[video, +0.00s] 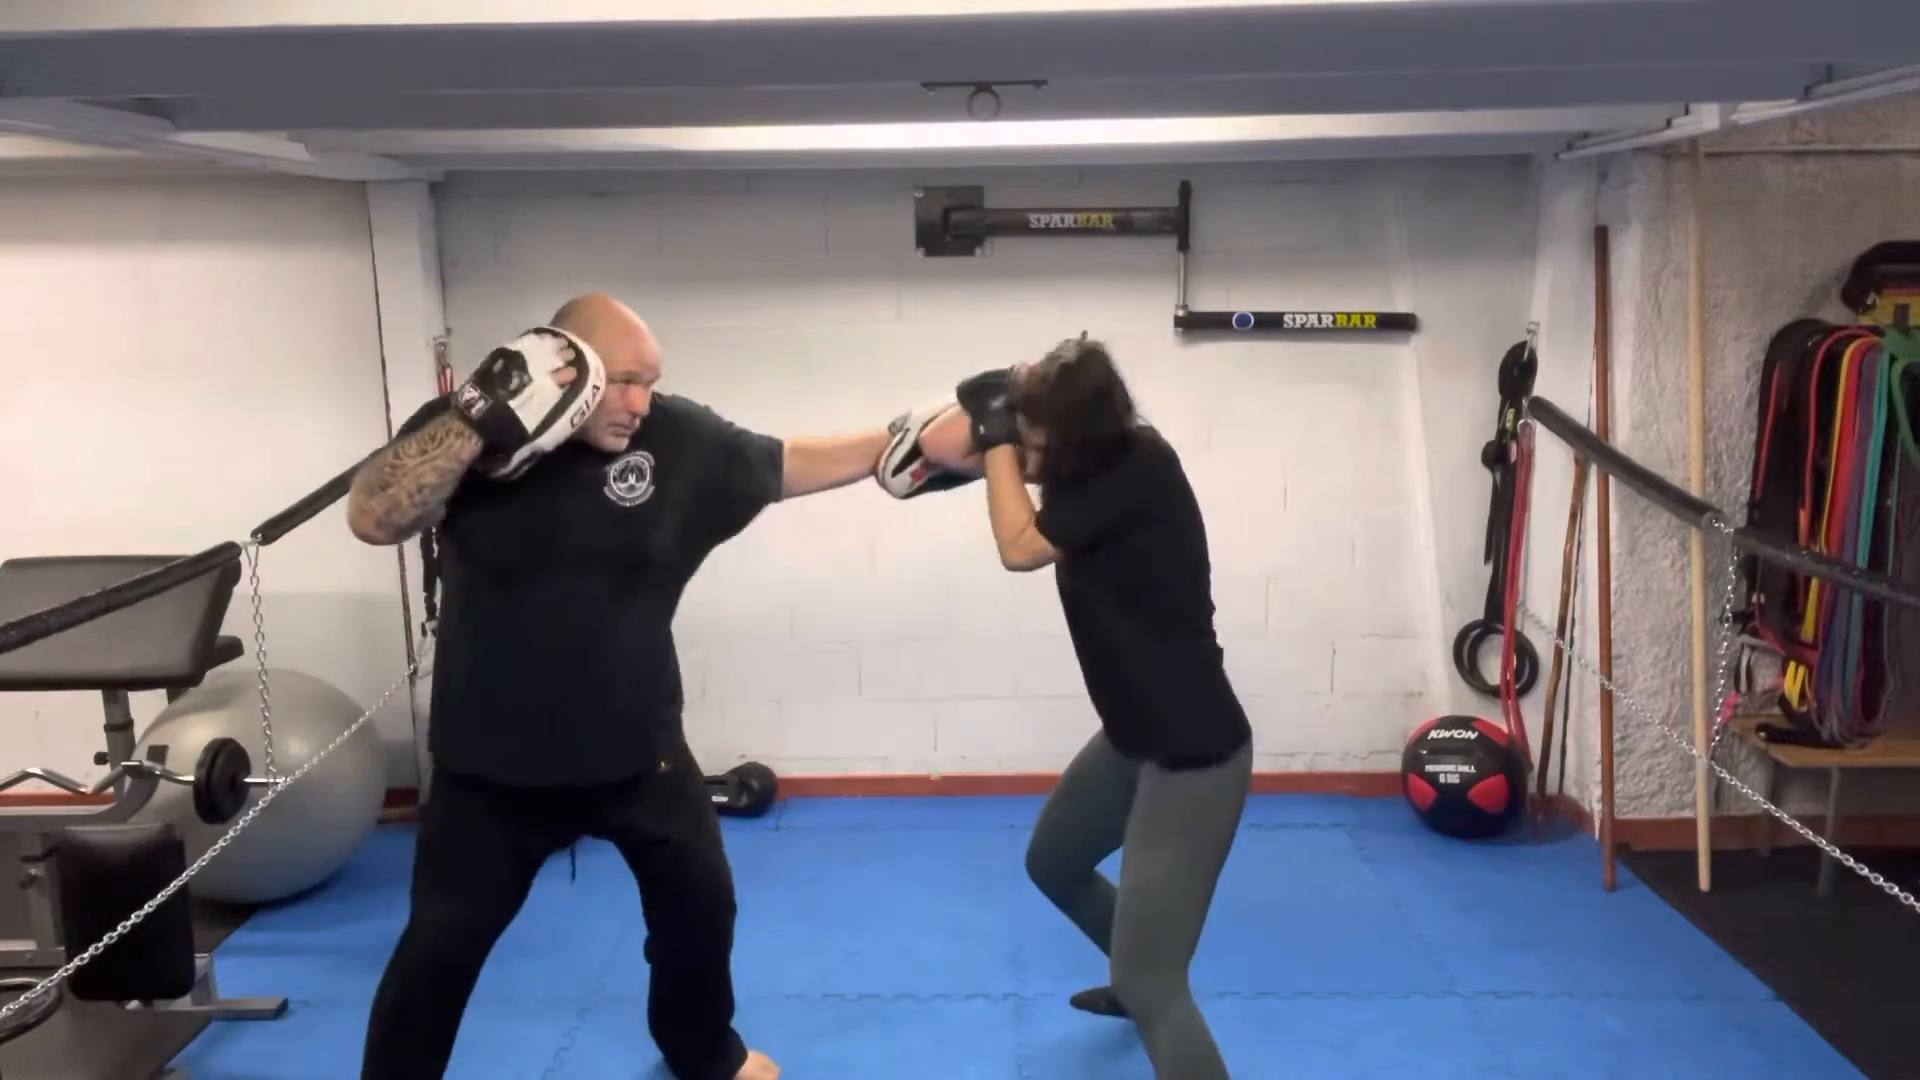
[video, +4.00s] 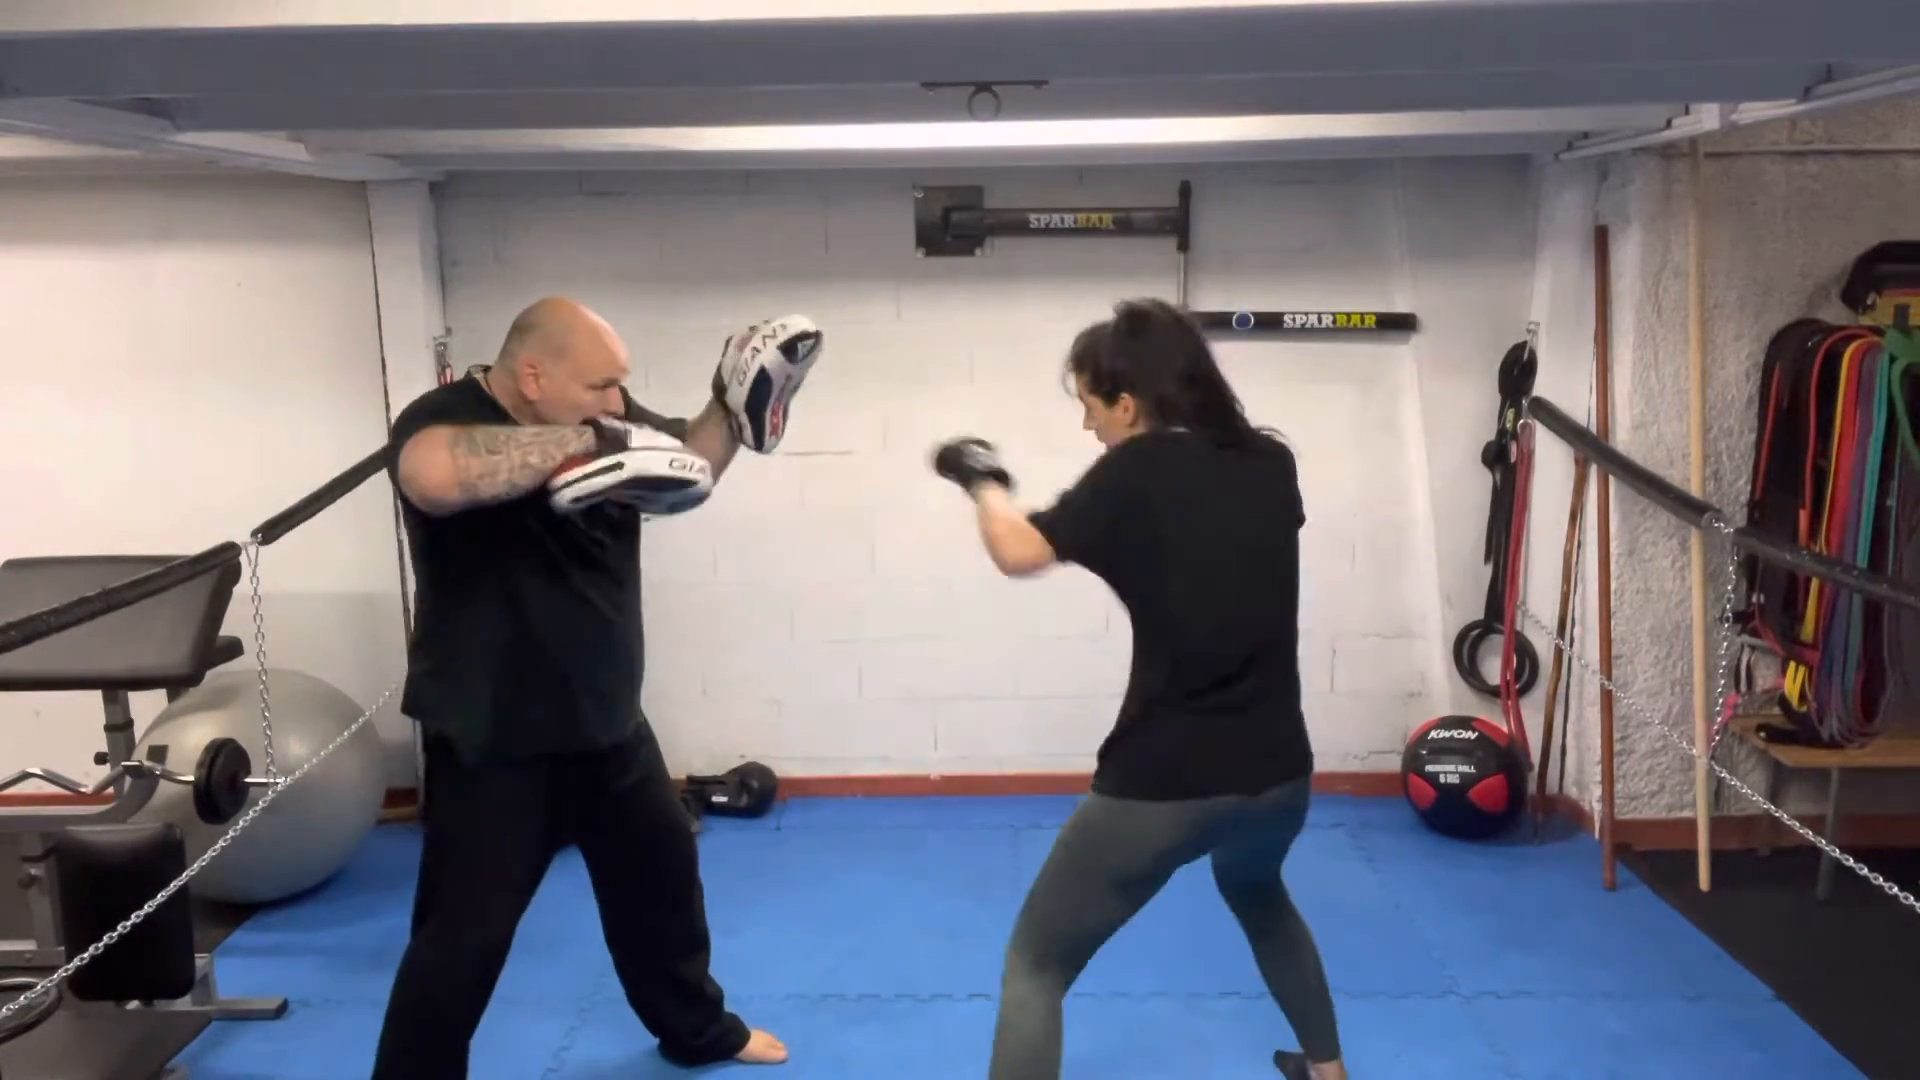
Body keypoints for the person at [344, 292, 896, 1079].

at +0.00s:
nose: (641, 402)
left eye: (648, 381)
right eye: (625, 382)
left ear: (652, 376)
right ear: (564, 374)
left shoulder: (680, 441)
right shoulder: (470, 435)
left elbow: (792, 464)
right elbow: (371, 515)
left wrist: (918, 440)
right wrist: (478, 414)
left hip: (637, 755)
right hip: (491, 763)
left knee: (700, 902)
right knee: (438, 950)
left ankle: (702, 1051)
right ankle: (393, 1073)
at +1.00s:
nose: (807, 366)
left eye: (810, 349)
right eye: (796, 346)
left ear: (737, 339)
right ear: (737, 334)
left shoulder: (735, 406)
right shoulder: (716, 412)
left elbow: (846, 506)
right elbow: (843, 523)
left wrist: (965, 493)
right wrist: (968, 493)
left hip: (820, 637)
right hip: (810, 646)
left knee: (841, 823)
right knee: (988, 710)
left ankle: (803, 1018)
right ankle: (914, 894)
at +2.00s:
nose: (777, 369)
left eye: (777, 352)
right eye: (765, 351)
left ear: (699, 349)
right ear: (706, 347)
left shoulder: (681, 411)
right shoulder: (693, 427)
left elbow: (806, 445)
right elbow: (780, 601)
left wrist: (891, 402)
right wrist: (846, 677)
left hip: (725, 702)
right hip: (673, 711)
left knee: (790, 864)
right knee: (681, 938)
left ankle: (802, 1020)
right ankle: (608, 1076)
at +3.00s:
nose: (725, 401)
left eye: (729, 383)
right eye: (716, 381)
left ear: (662, 365)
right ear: (656, 361)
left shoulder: (662, 437)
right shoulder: (549, 420)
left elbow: (674, 562)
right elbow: (551, 568)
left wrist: (761, 544)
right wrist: (697, 541)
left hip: (634, 710)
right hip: (534, 714)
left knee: (665, 876)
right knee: (516, 903)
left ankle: (694, 1031)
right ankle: (451, 1072)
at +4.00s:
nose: (616, 404)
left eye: (618, 387)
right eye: (600, 386)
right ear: (531, 375)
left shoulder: (606, 424)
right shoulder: (446, 417)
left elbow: (684, 467)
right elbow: (432, 479)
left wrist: (737, 401)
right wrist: (588, 446)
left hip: (605, 727)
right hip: (486, 743)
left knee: (661, 876)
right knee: (458, 948)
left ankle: (696, 1031)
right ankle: (413, 1073)